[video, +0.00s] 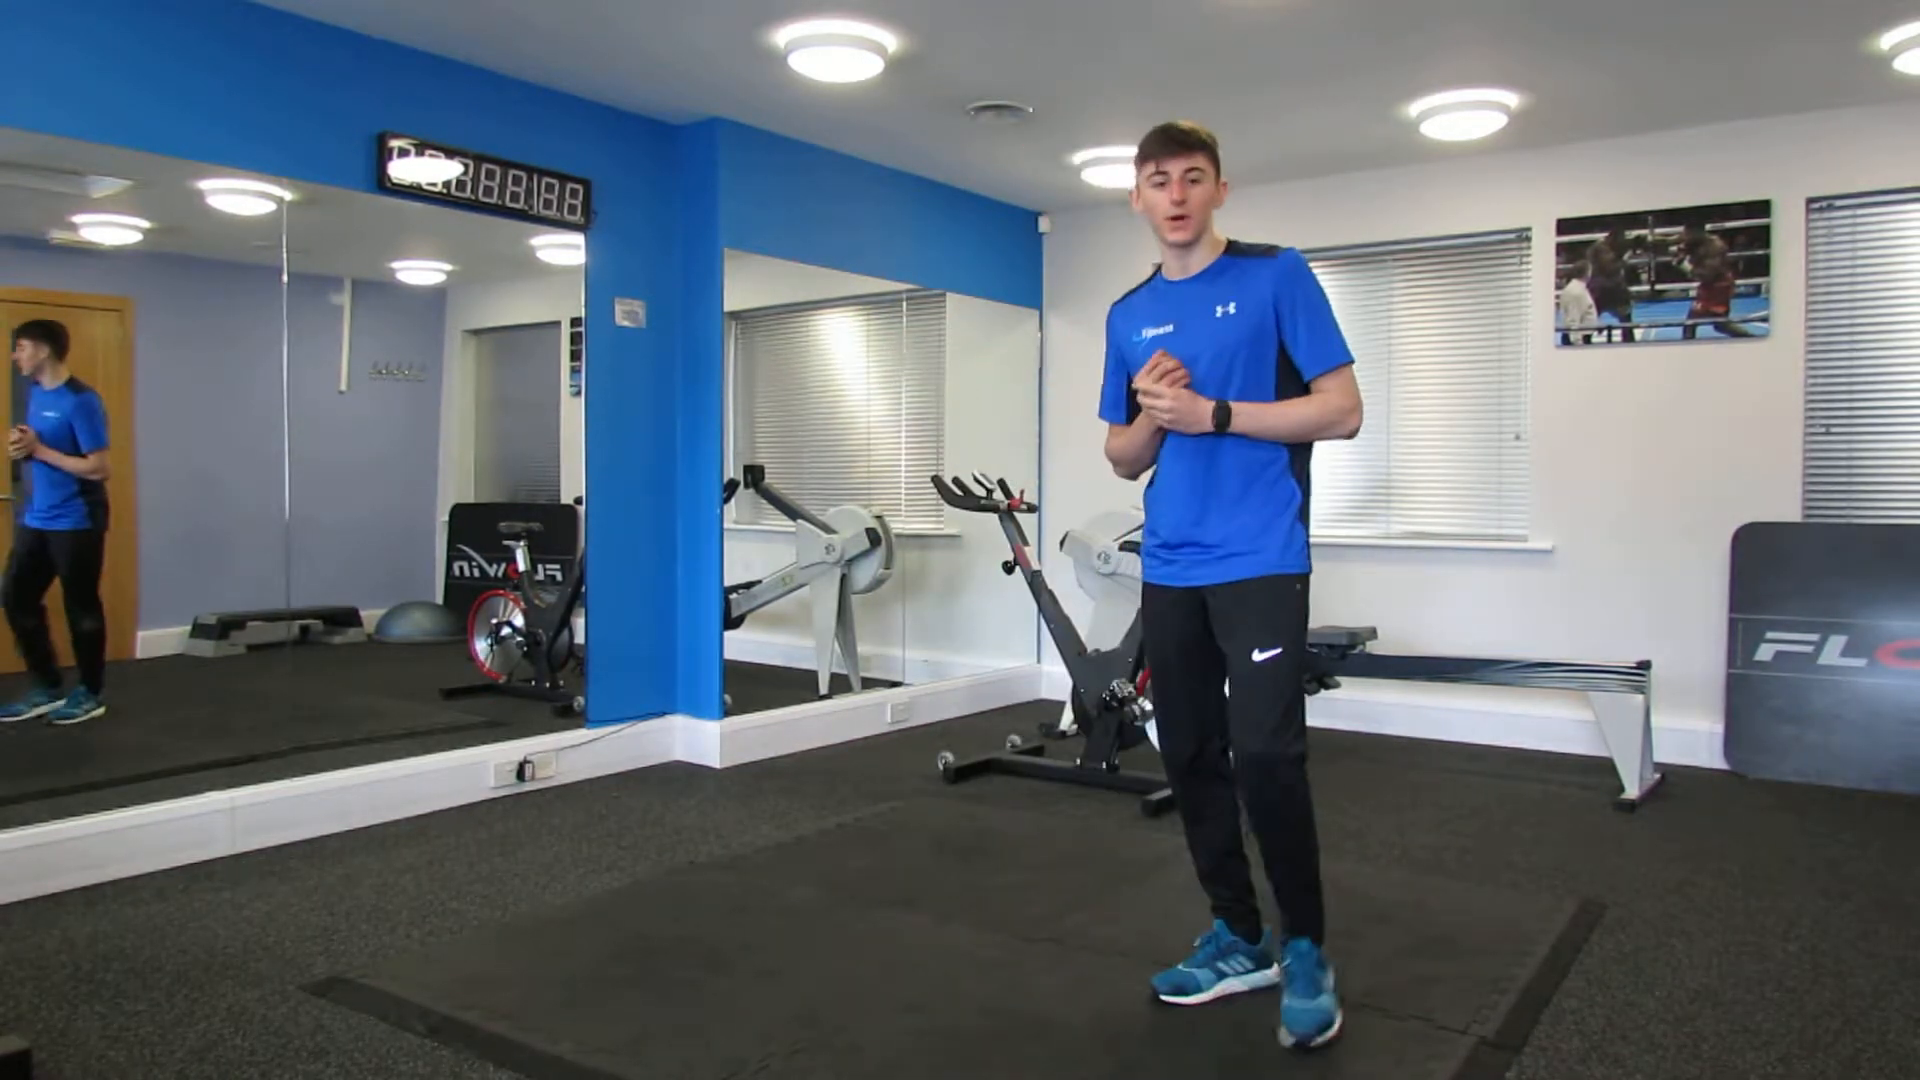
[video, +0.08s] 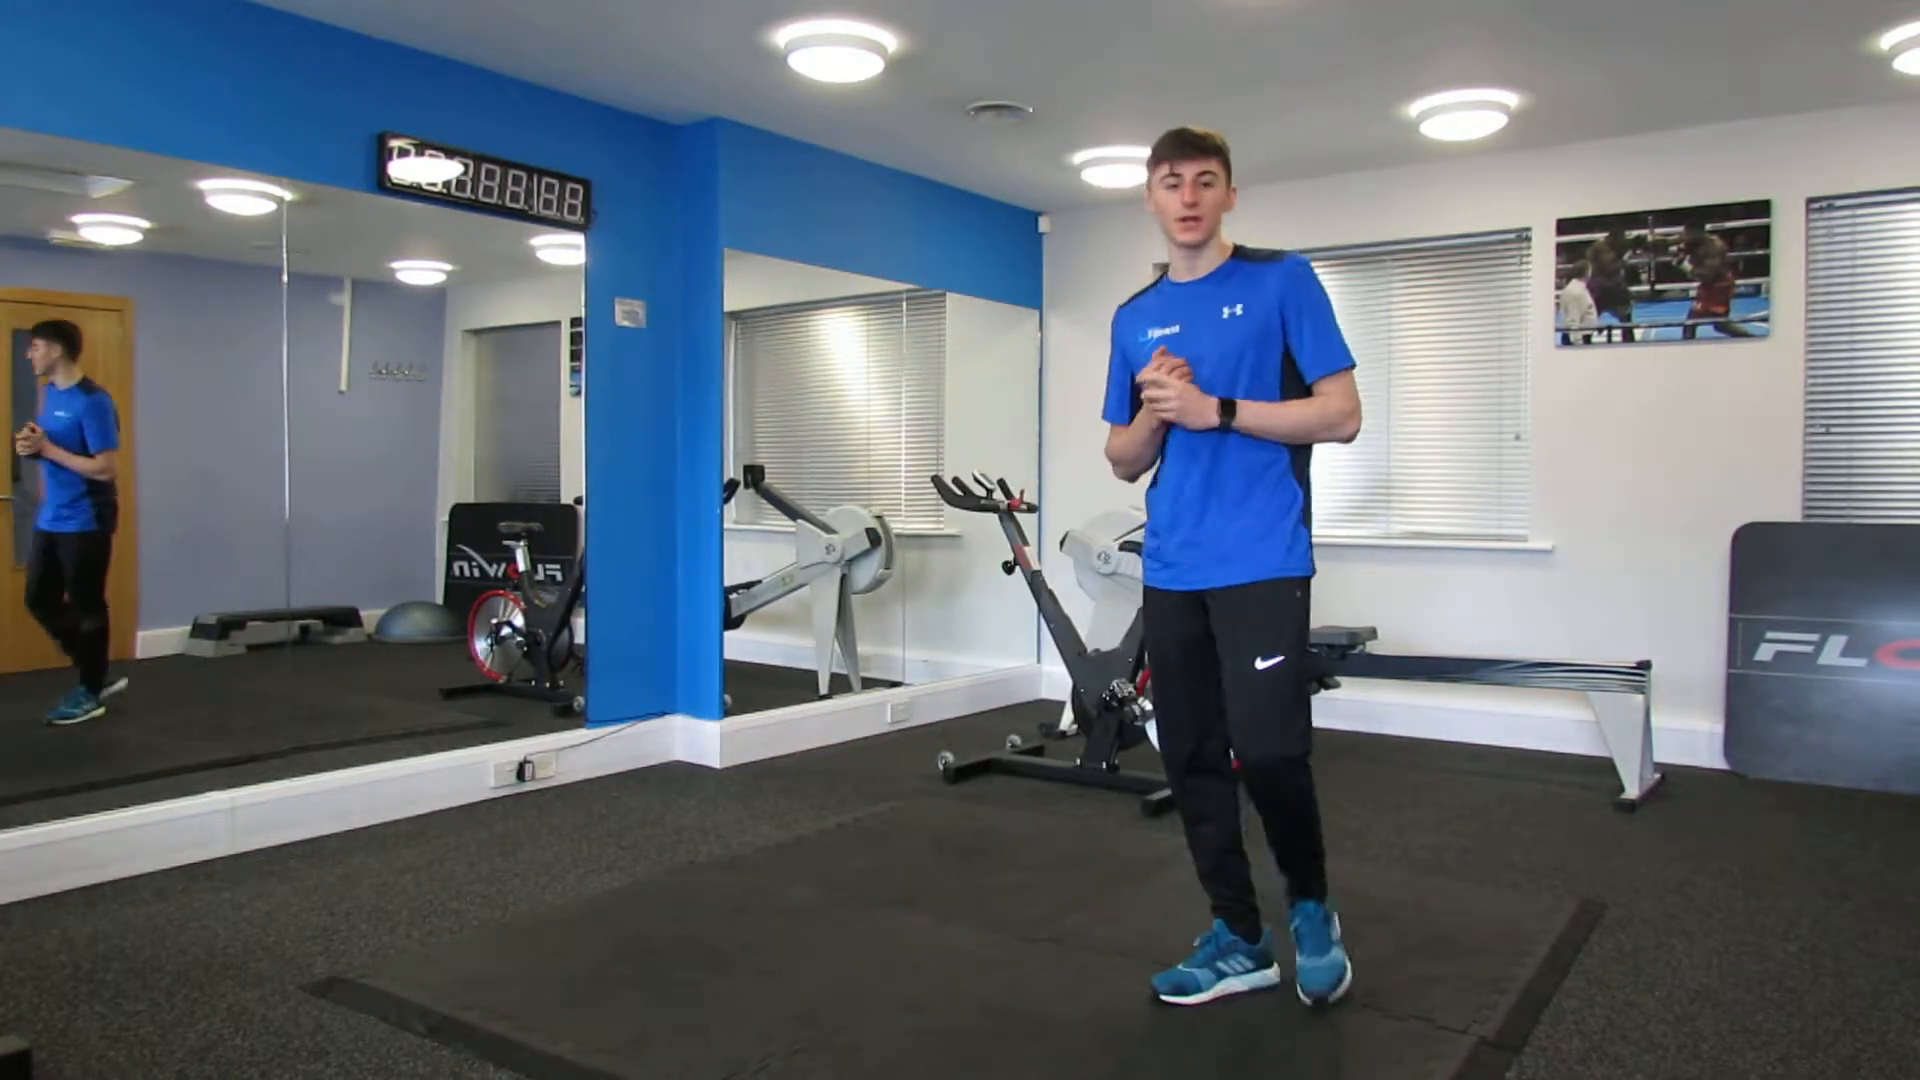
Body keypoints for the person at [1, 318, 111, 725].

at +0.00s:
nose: (15, 356)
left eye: (21, 348)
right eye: (16, 348)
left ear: (47, 351)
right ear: (37, 353)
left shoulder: (83, 401)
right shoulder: (36, 396)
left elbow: (100, 467)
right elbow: (46, 449)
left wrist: (40, 450)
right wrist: (23, 446)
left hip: (79, 526)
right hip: (39, 523)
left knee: (82, 605)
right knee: (19, 599)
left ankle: (91, 692)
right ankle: (48, 688)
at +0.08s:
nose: (30, 354)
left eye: (37, 346)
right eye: (30, 347)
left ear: (61, 350)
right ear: (48, 353)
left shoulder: (94, 401)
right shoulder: (49, 395)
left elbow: (106, 468)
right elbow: (55, 447)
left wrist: (48, 449)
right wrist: (31, 444)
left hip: (87, 523)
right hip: (52, 519)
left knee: (86, 602)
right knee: (41, 600)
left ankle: (92, 689)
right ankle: (98, 671)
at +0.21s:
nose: (50, 355)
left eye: (56, 347)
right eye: (51, 347)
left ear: (77, 350)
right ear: (71, 352)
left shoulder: (110, 399)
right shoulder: (68, 396)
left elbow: (117, 464)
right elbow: (73, 451)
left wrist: (62, 444)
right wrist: (47, 443)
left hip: (103, 521)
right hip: (73, 518)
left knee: (95, 602)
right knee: (84, 599)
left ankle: (93, 692)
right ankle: (152, 663)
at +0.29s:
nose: (60, 355)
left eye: (65, 347)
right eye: (61, 347)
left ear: (88, 351)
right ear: (83, 352)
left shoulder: (119, 399)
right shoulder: (78, 397)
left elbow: (130, 463)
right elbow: (86, 456)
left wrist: (74, 444)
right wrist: (60, 445)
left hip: (116, 522)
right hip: (90, 521)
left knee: (105, 606)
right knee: (118, 601)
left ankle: (92, 693)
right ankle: (171, 674)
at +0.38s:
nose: (67, 357)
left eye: (73, 349)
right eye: (68, 349)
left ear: (95, 352)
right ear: (90, 354)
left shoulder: (126, 399)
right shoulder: (87, 402)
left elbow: (142, 462)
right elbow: (100, 463)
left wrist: (85, 446)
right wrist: (71, 448)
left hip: (133, 521)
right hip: (109, 522)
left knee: (115, 606)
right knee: (138, 602)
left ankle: (94, 692)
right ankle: (178, 680)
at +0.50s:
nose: (73, 366)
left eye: (78, 357)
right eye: (73, 358)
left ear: (100, 358)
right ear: (95, 361)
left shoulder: (138, 398)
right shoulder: (96, 411)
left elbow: (167, 455)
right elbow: (114, 475)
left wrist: (104, 453)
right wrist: (86, 460)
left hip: (159, 519)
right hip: (132, 524)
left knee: (122, 596)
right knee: (150, 602)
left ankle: (104, 691)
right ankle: (181, 682)